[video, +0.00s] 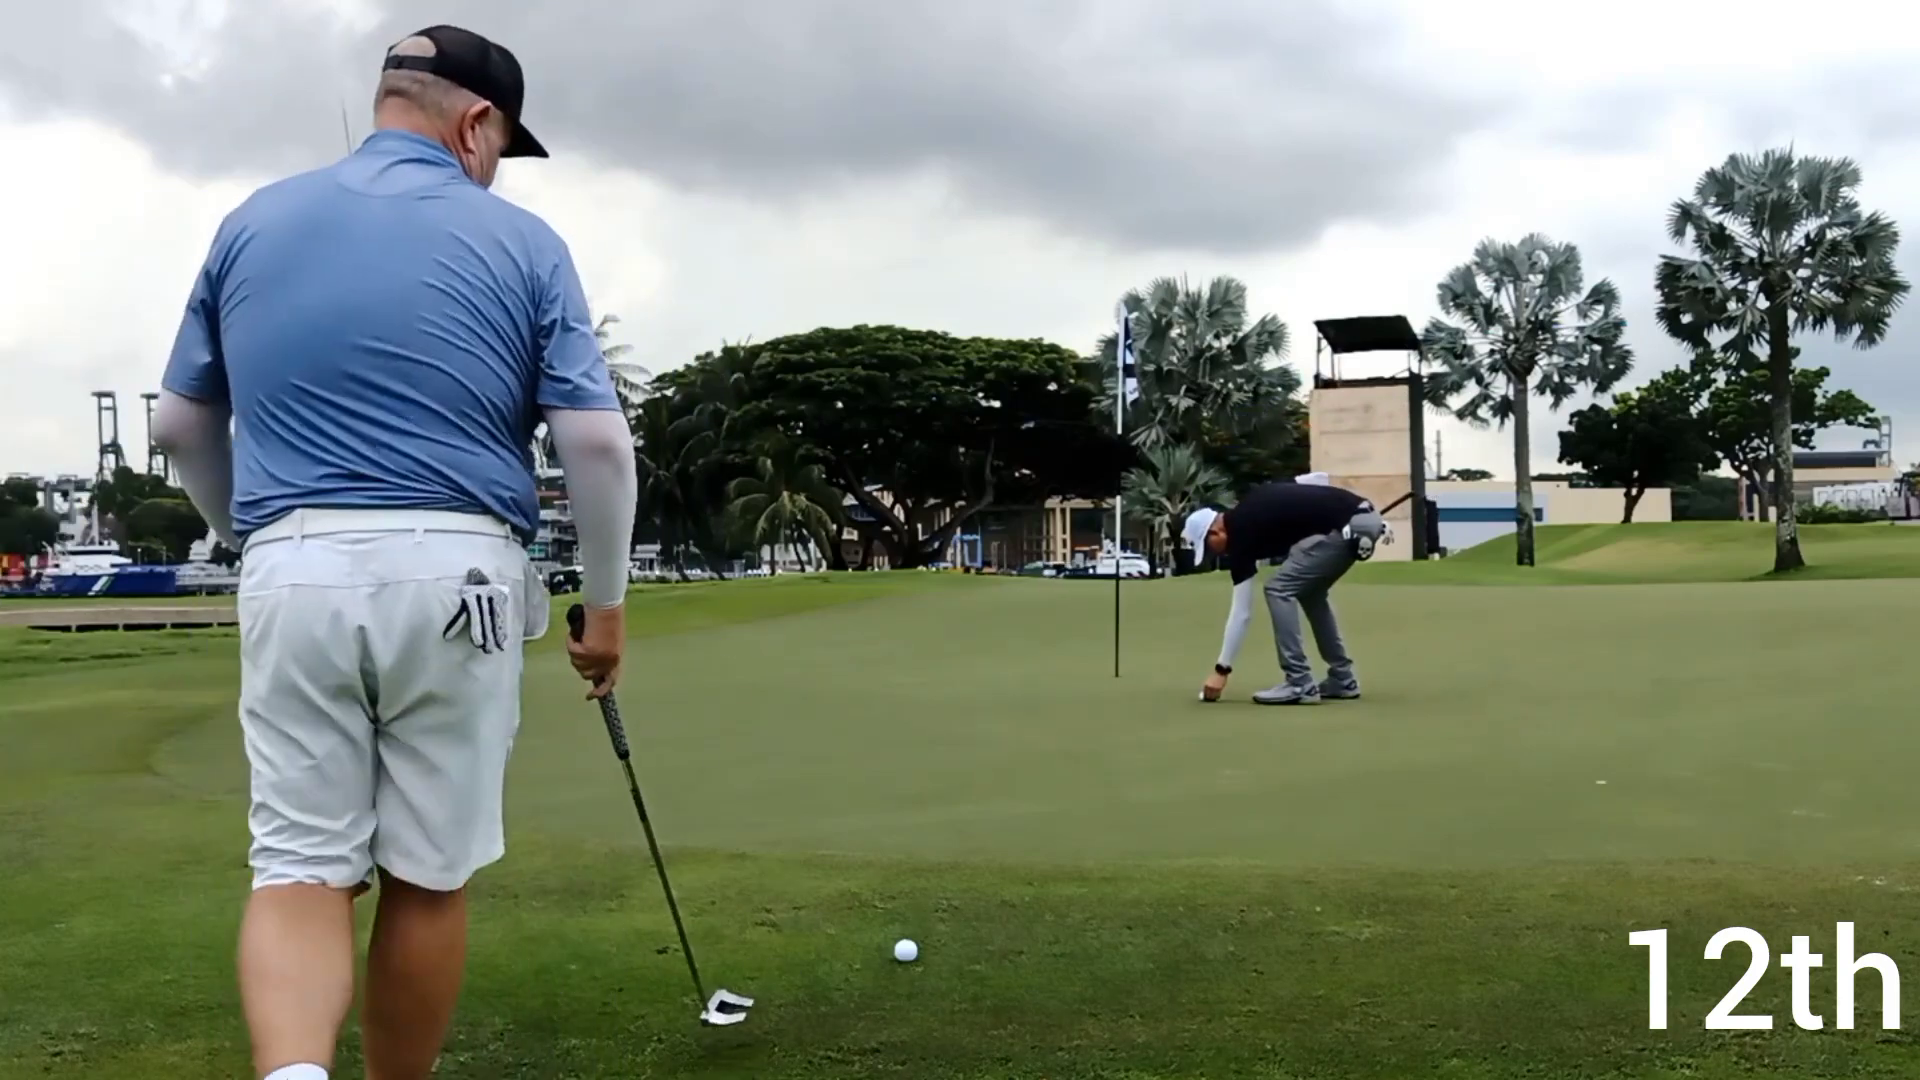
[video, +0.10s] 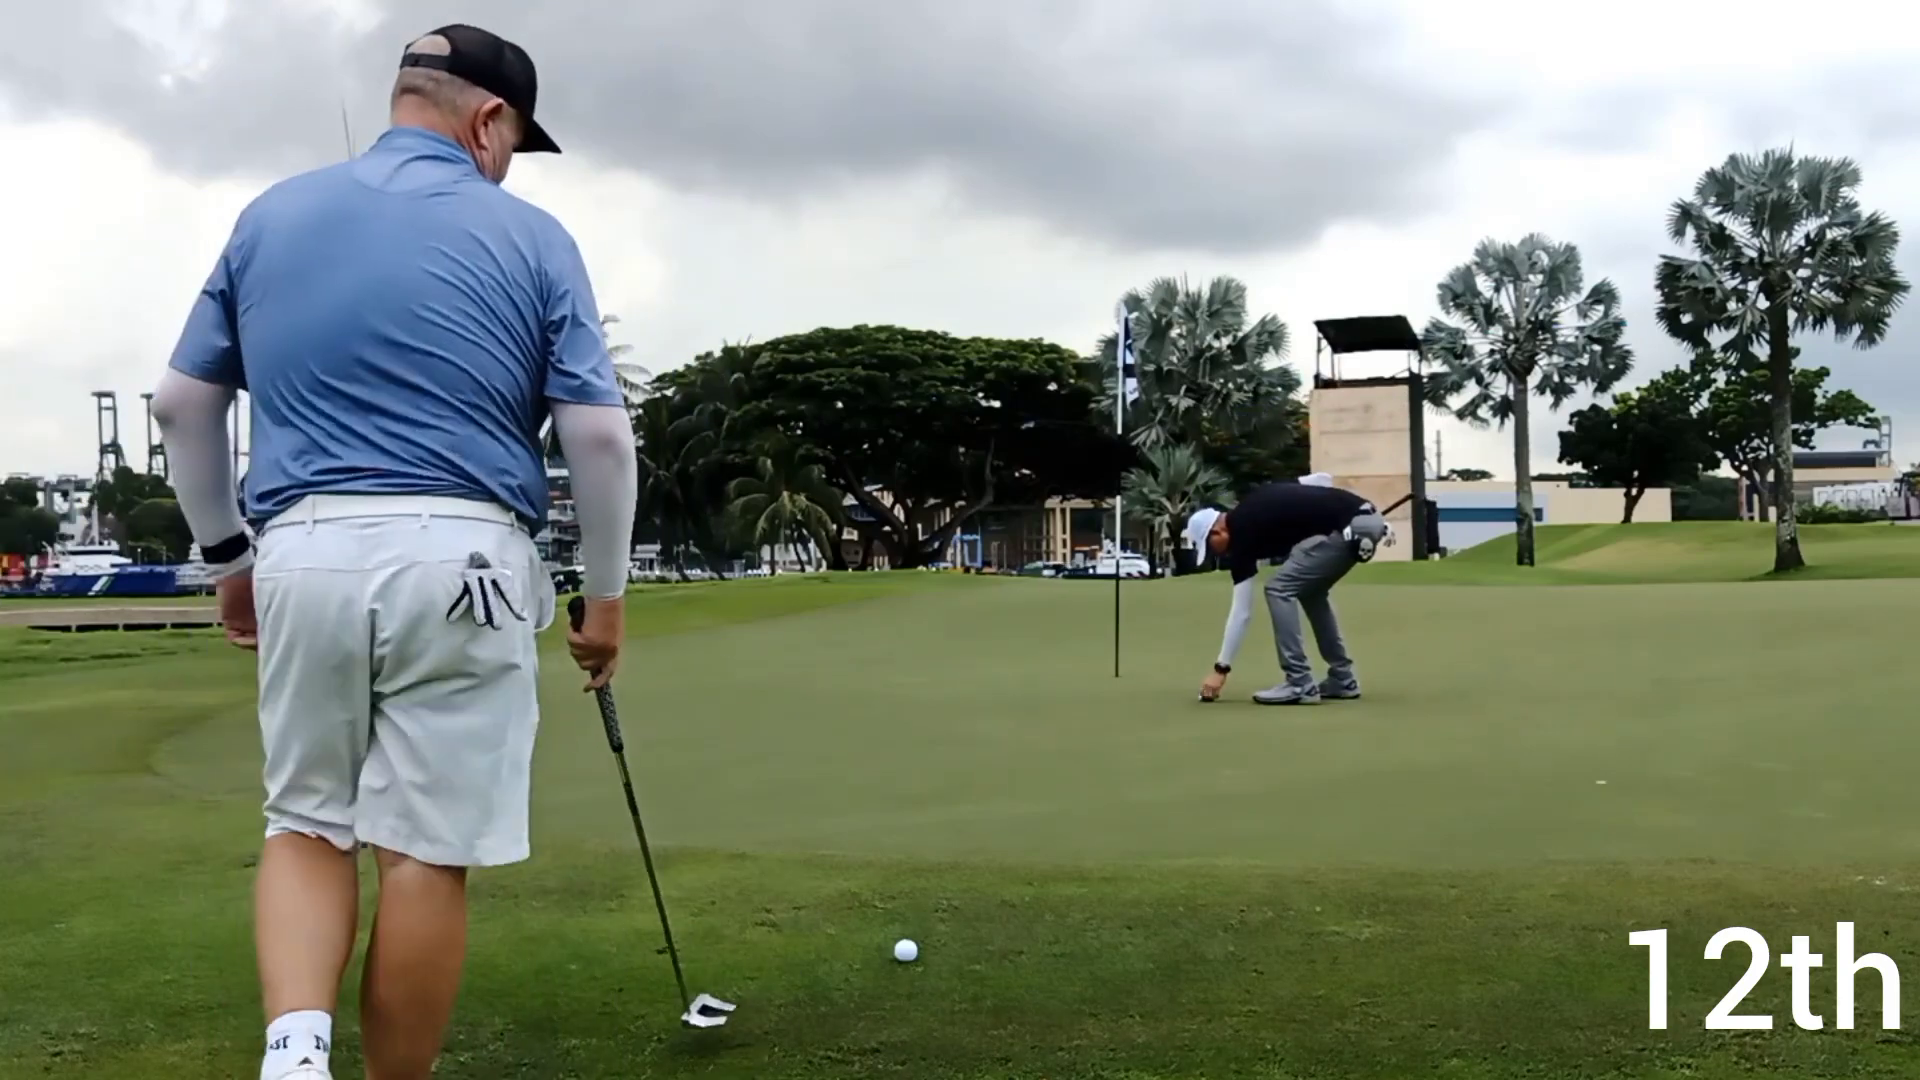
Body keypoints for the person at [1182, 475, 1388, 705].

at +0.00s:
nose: (1214, 552)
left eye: (1209, 546)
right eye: (1209, 549)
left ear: (1215, 530)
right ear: (1218, 521)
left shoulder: (1239, 539)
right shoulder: (1260, 498)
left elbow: (1241, 613)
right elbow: (1319, 478)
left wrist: (1221, 671)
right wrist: (1351, 507)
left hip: (1346, 529)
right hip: (1362, 518)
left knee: (1278, 590)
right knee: (1312, 594)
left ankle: (1299, 682)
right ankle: (1342, 679)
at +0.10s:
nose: (1217, 554)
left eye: (1212, 548)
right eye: (1211, 551)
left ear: (1217, 530)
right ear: (1219, 522)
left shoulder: (1240, 538)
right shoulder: (1262, 498)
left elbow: (1241, 612)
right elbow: (1321, 478)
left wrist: (1220, 670)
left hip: (1349, 530)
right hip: (1366, 519)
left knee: (1279, 590)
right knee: (1312, 593)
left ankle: (1299, 683)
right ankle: (1342, 679)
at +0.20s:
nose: (1220, 553)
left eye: (1214, 547)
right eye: (1214, 550)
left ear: (1219, 530)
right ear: (1221, 521)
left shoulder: (1242, 538)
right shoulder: (1263, 497)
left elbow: (1239, 613)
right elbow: (1325, 480)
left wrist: (1217, 671)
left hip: (1350, 532)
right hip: (1367, 521)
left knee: (1279, 591)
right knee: (1312, 594)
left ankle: (1299, 683)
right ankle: (1342, 679)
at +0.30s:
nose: (1220, 548)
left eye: (1215, 542)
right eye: (1215, 544)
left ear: (1221, 526)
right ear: (1224, 518)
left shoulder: (1244, 535)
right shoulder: (1264, 498)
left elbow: (1237, 610)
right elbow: (1331, 480)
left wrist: (1217, 667)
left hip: (1351, 532)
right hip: (1368, 522)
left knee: (1281, 591)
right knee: (1313, 594)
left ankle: (1299, 683)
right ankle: (1342, 679)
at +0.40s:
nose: (1220, 534)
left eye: (1215, 528)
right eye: (1214, 532)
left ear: (1224, 512)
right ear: (1227, 505)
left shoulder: (1247, 524)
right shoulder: (1270, 488)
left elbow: (1245, 596)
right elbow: (1336, 480)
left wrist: (1229, 654)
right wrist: (1369, 511)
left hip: (1351, 529)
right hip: (1369, 520)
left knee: (1285, 590)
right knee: (1315, 593)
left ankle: (1299, 682)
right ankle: (1342, 678)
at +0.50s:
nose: (1222, 509)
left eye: (1217, 502)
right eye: (1216, 506)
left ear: (1227, 487)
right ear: (1230, 482)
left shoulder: (1253, 500)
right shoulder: (1262, 480)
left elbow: (1262, 571)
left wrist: (1252, 629)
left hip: (1350, 523)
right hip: (1367, 515)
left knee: (1292, 587)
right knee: (1319, 592)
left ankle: (1300, 682)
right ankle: (1343, 678)